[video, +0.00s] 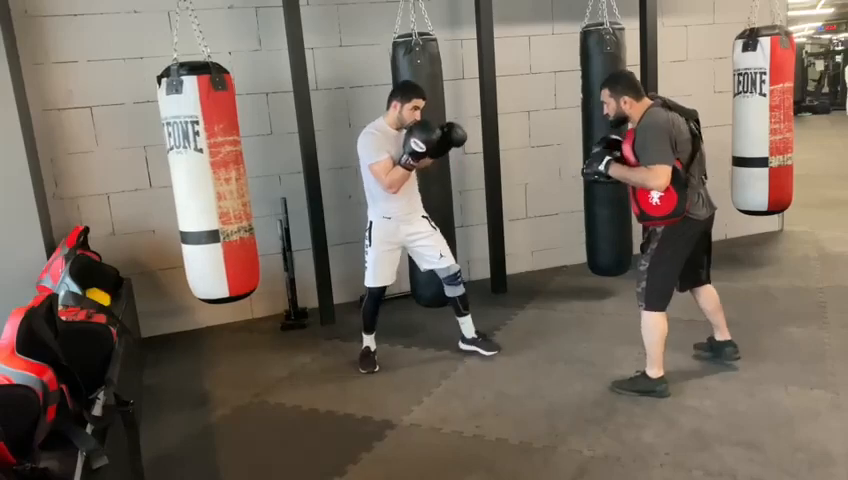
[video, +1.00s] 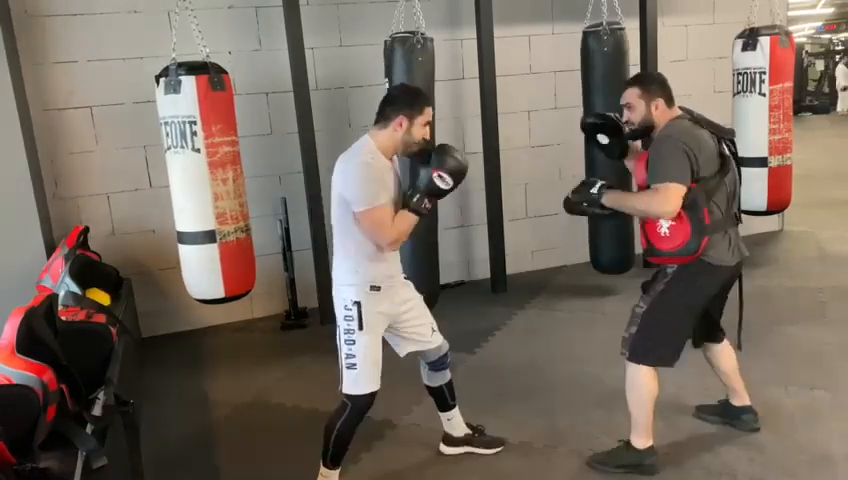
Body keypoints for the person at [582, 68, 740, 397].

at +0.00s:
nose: (605, 111)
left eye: (606, 103)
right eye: (603, 104)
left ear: (624, 101)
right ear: (632, 97)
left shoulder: (652, 124)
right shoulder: (662, 113)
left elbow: (658, 179)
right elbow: (667, 164)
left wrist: (610, 168)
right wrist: (625, 152)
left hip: (675, 222)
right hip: (697, 215)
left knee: (651, 296)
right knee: (697, 280)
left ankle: (653, 376)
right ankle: (724, 342)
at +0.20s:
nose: (626, 111)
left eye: (629, 104)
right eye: (625, 105)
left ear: (648, 102)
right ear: (653, 102)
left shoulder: (674, 127)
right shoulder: (675, 120)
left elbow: (676, 175)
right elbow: (667, 168)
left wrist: (631, 162)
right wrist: (636, 160)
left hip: (687, 227)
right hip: (704, 223)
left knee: (645, 294)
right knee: (704, 288)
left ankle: (652, 374)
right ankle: (737, 347)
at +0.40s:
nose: (631, 103)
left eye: (634, 96)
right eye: (630, 97)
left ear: (653, 93)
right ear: (658, 93)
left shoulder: (677, 117)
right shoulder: (678, 112)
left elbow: (674, 162)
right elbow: (667, 160)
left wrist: (632, 149)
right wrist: (634, 154)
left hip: (688, 221)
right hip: (703, 218)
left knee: (643, 290)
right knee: (707, 284)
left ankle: (639, 369)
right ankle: (736, 348)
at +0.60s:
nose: (617, 109)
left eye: (619, 102)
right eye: (616, 103)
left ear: (636, 100)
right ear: (647, 97)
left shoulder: (656, 126)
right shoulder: (674, 117)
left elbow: (649, 175)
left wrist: (611, 163)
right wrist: (629, 153)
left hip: (675, 229)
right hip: (699, 224)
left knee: (639, 300)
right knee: (703, 287)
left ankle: (625, 376)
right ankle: (735, 347)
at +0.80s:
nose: (602, 114)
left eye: (603, 107)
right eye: (600, 108)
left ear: (620, 104)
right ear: (632, 100)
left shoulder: (639, 127)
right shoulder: (662, 116)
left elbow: (638, 178)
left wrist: (592, 204)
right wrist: (615, 136)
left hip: (670, 224)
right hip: (697, 219)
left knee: (633, 297)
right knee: (685, 278)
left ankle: (625, 377)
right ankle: (717, 342)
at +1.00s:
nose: (625, 116)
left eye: (630, 108)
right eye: (623, 109)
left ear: (658, 104)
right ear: (663, 106)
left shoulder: (670, 141)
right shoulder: (691, 129)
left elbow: (665, 204)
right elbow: (661, 184)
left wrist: (604, 197)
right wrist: (626, 149)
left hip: (694, 263)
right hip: (723, 255)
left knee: (640, 348)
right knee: (705, 327)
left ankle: (639, 447)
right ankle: (741, 405)